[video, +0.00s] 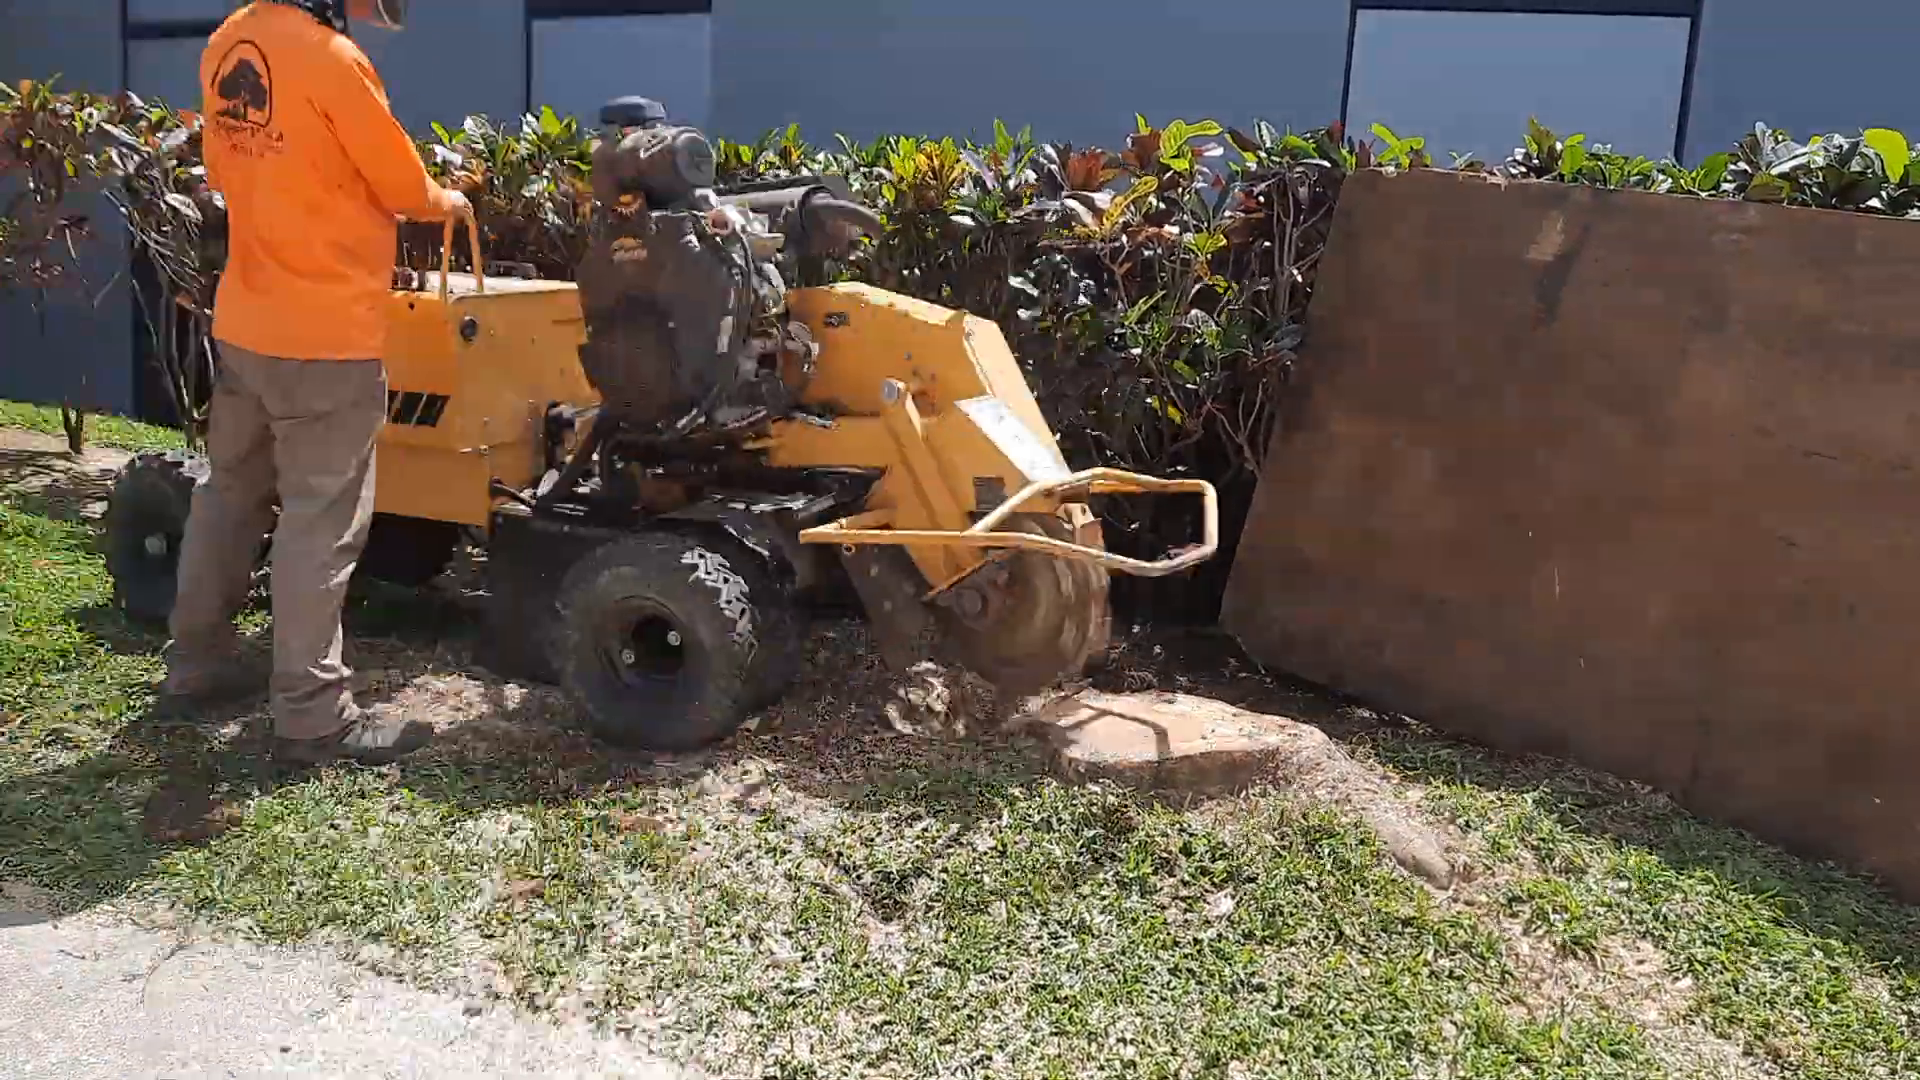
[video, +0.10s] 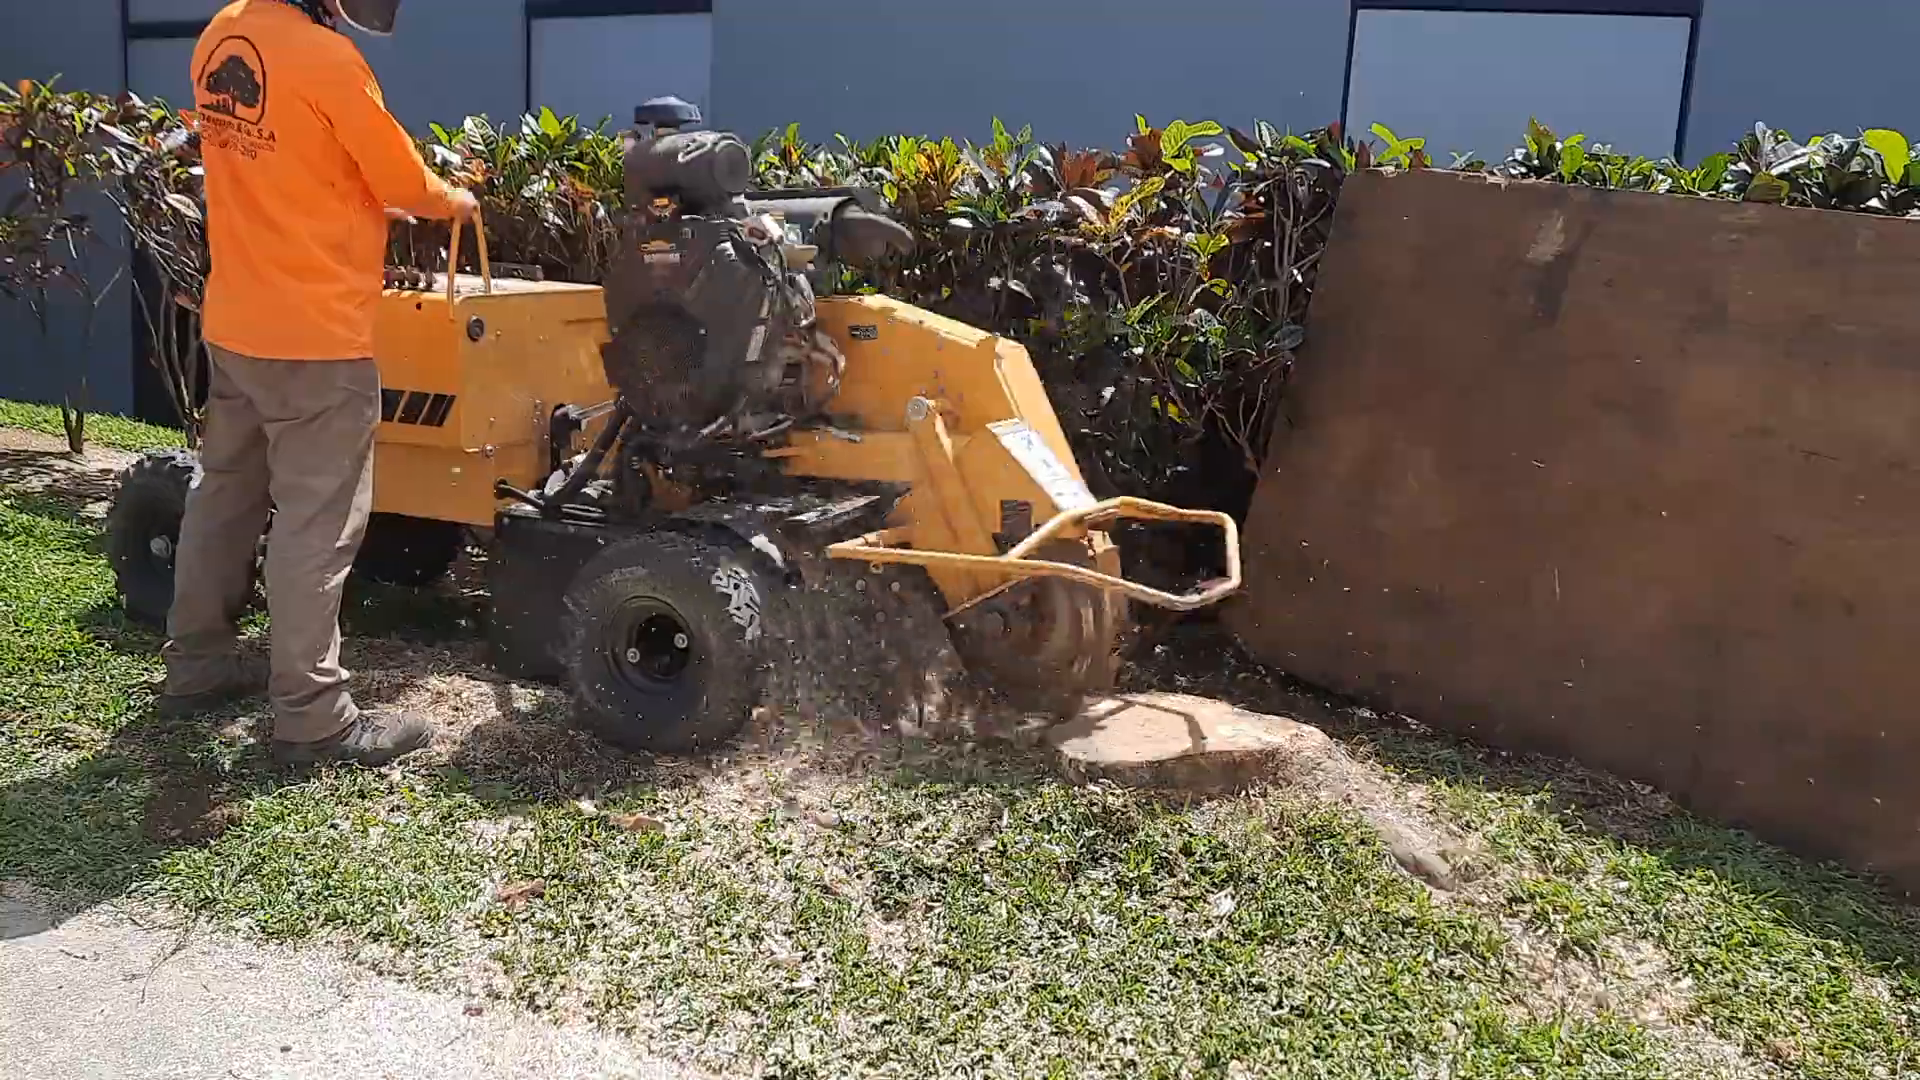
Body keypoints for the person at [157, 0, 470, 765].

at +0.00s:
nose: (380, 19)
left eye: (384, 12)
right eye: (379, 8)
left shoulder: (228, 39)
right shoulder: (333, 58)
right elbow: (405, 188)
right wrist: (448, 202)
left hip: (242, 325)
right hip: (328, 338)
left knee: (228, 496)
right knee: (322, 524)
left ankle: (197, 667)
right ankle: (309, 717)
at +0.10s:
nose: (372, 23)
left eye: (377, 17)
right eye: (371, 14)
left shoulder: (223, 28)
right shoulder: (330, 58)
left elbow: (283, 148)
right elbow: (402, 182)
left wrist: (394, 190)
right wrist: (451, 202)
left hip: (232, 326)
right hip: (318, 338)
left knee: (224, 497)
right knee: (316, 523)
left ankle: (197, 664)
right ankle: (310, 715)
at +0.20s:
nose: (337, 20)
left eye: (339, 11)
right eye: (331, 9)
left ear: (269, 1)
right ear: (295, 6)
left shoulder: (230, 46)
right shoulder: (265, 71)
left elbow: (298, 169)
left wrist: (388, 185)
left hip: (227, 324)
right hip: (266, 333)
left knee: (261, 493)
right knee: (308, 504)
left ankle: (203, 658)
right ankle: (314, 706)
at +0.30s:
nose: (387, 9)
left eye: (384, 4)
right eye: (380, 1)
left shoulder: (230, 25)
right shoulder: (321, 47)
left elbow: (291, 163)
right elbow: (395, 173)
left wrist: (393, 201)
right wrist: (457, 197)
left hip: (247, 318)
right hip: (322, 323)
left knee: (249, 493)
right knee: (323, 503)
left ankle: (237, 663)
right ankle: (317, 697)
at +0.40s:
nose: (370, 14)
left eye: (370, 8)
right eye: (367, 5)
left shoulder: (225, 25)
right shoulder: (320, 48)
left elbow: (278, 160)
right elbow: (389, 175)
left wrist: (387, 197)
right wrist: (454, 198)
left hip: (239, 318)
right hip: (318, 324)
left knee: (247, 493)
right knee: (321, 504)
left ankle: (236, 665)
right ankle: (317, 697)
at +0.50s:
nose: (372, 10)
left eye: (371, 4)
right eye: (367, 1)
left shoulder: (222, 24)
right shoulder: (308, 43)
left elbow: (282, 165)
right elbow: (381, 169)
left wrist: (393, 195)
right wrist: (451, 197)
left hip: (238, 316)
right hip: (314, 323)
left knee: (244, 492)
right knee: (319, 503)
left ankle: (235, 662)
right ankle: (318, 697)